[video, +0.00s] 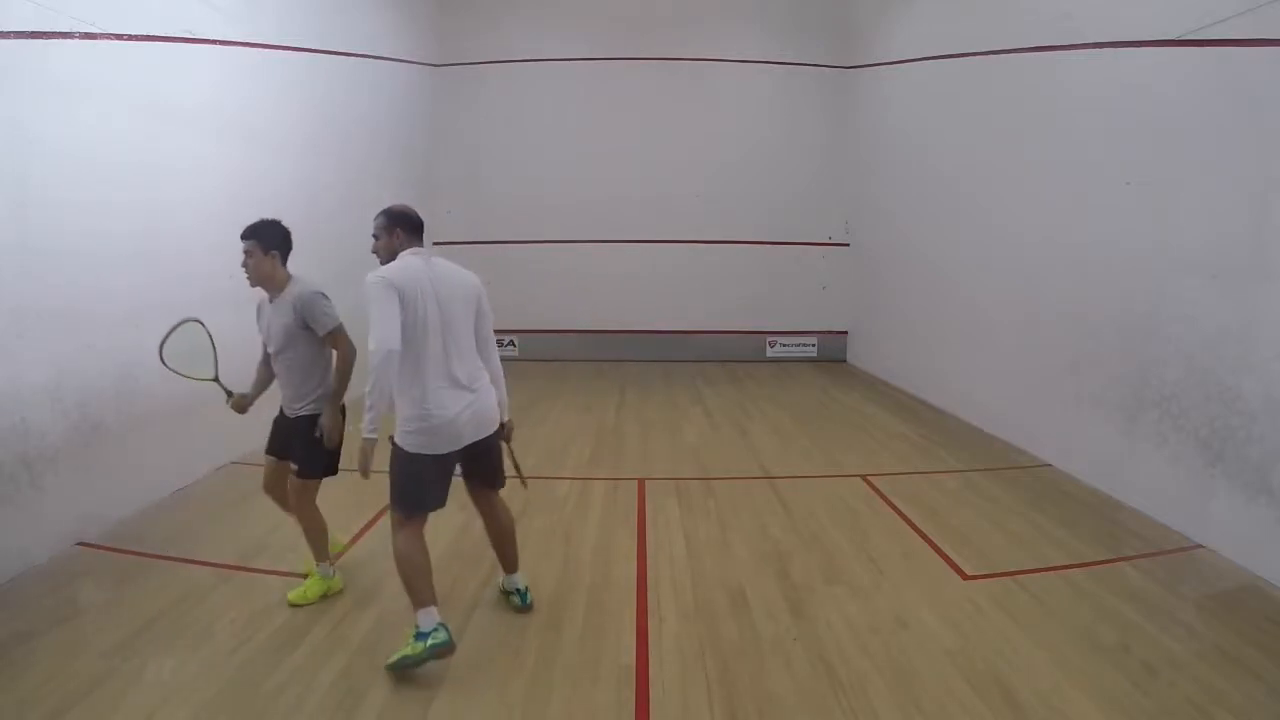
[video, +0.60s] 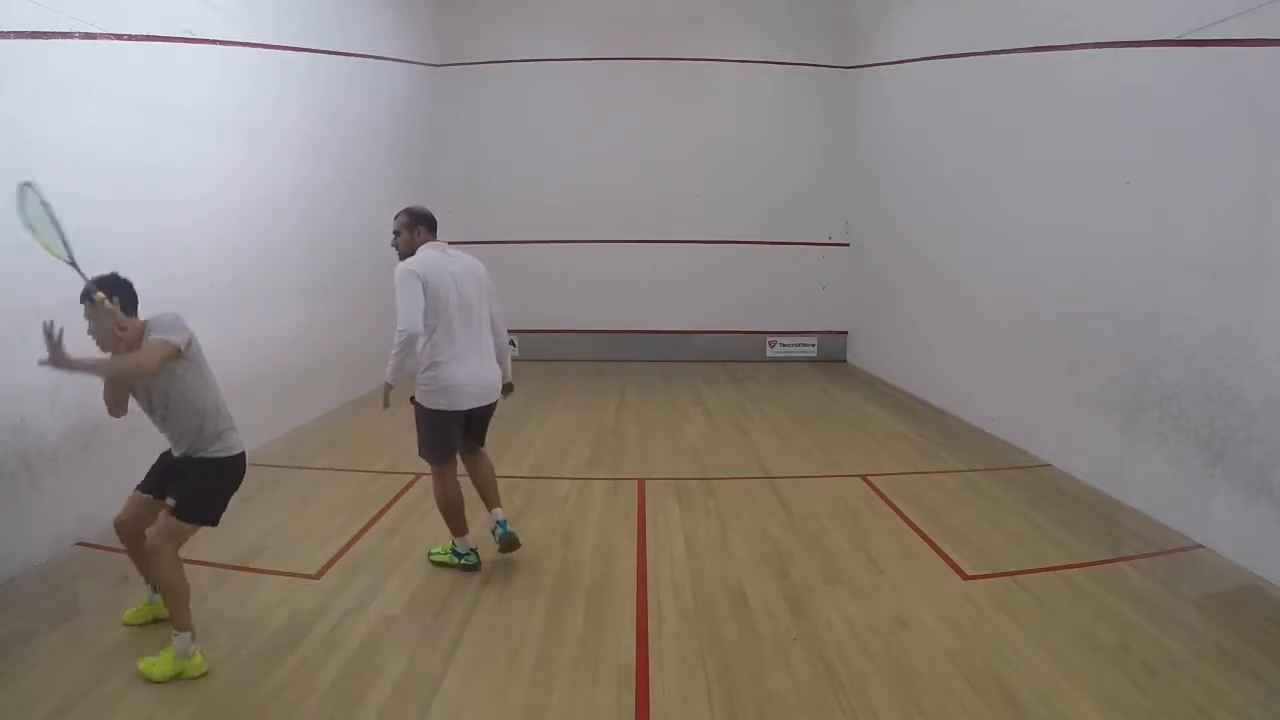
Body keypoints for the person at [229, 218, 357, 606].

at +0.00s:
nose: (242, 263)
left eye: (248, 255)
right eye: (242, 255)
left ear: (273, 257)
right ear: (265, 259)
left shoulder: (308, 298)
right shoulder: (265, 308)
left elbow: (346, 350)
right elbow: (270, 360)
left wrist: (334, 406)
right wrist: (251, 395)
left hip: (318, 415)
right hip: (288, 414)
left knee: (302, 498)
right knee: (275, 487)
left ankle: (326, 573)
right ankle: (328, 541)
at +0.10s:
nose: (211, 261)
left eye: (217, 252)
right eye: (211, 254)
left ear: (243, 253)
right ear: (234, 256)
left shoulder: (278, 294)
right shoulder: (232, 306)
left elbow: (319, 345)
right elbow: (234, 359)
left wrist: (305, 401)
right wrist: (218, 391)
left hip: (297, 415)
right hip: (260, 416)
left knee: (292, 503)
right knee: (241, 491)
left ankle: (323, 573)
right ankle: (246, 575)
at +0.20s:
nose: (179, 267)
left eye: (185, 258)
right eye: (178, 260)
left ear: (213, 260)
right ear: (198, 263)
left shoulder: (249, 301)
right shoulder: (197, 315)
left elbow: (293, 350)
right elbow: (194, 371)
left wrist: (273, 396)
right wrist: (180, 395)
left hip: (269, 427)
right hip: (230, 429)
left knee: (271, 518)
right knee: (206, 506)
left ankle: (321, 571)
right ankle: (201, 594)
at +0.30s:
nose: (149, 279)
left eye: (155, 270)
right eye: (149, 270)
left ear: (182, 272)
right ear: (168, 275)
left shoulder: (223, 309)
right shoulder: (165, 327)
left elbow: (267, 355)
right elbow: (158, 397)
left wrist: (243, 384)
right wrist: (140, 396)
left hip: (241, 435)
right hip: (200, 436)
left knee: (237, 531)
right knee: (166, 518)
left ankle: (300, 565)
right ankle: (193, 600)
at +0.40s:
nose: (123, 282)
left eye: (129, 272)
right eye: (122, 274)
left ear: (156, 270)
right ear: (148, 274)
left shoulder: (201, 299)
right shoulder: (143, 328)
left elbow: (234, 332)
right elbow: (136, 396)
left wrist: (192, 356)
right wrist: (119, 381)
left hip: (229, 428)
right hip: (187, 432)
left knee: (206, 521)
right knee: (155, 517)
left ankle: (261, 595)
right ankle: (186, 596)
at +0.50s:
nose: (101, 292)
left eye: (104, 282)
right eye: (99, 284)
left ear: (129, 280)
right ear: (128, 283)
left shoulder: (180, 298)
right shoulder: (125, 334)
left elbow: (194, 318)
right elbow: (124, 396)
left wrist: (129, 327)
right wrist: (108, 354)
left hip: (225, 428)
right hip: (185, 430)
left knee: (192, 529)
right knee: (137, 512)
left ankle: (209, 637)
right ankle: (171, 585)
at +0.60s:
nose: (88, 330)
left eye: (91, 319)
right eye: (86, 321)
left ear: (115, 313)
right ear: (111, 316)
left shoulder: (169, 325)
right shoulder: (120, 359)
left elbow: (144, 367)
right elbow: (116, 408)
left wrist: (69, 363)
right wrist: (120, 357)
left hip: (218, 457)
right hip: (180, 454)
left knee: (158, 545)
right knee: (128, 525)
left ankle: (186, 651)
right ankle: (162, 598)